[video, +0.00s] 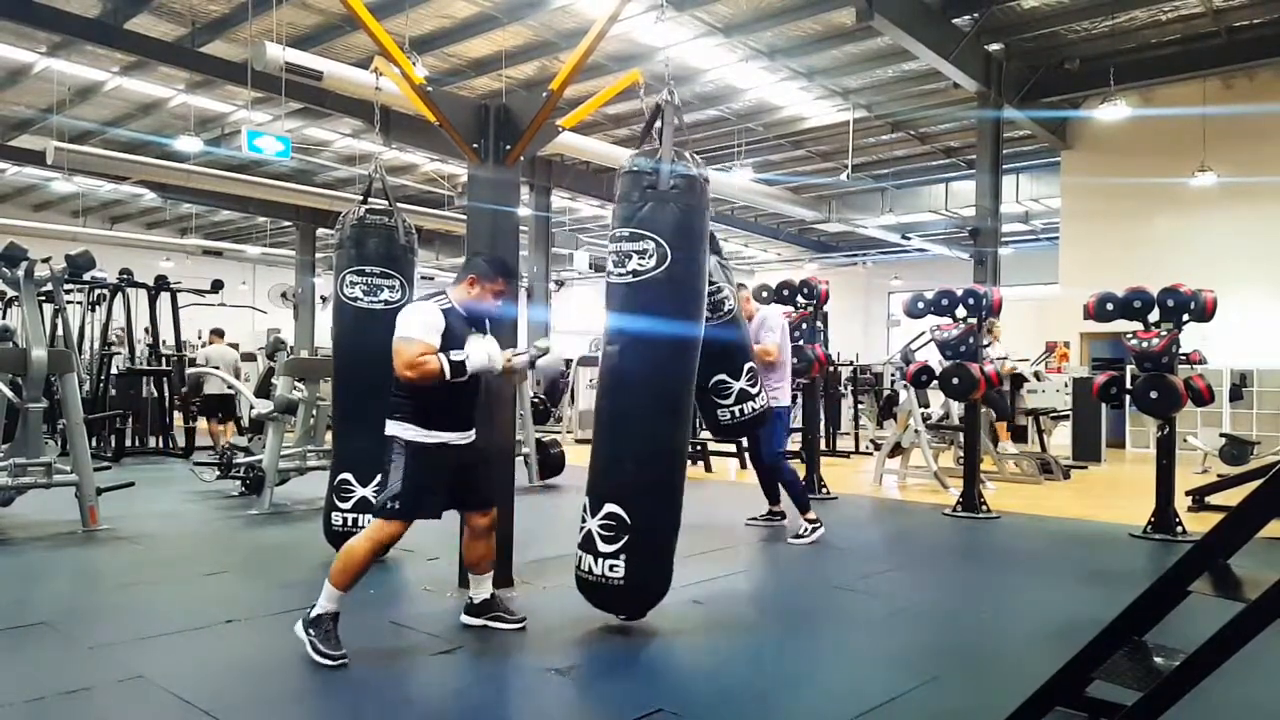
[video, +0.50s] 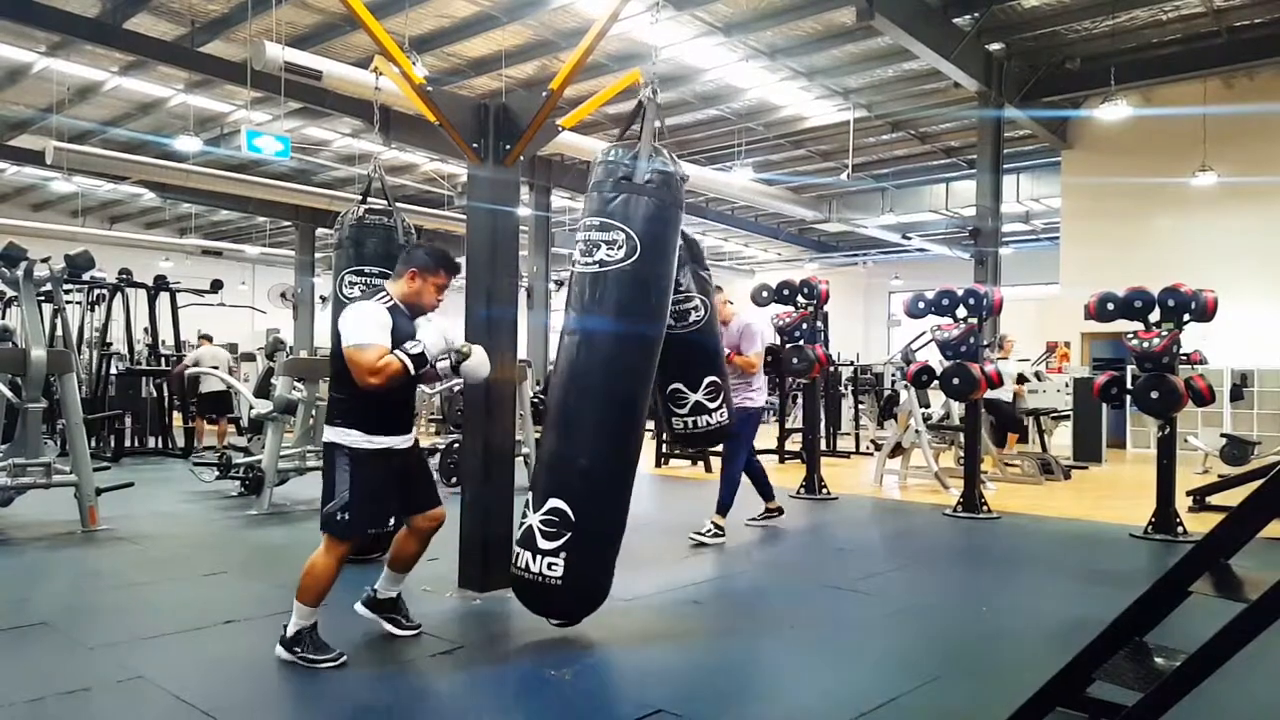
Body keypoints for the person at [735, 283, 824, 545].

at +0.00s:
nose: (737, 313)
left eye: (737, 307)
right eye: (734, 309)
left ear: (747, 300)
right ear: (744, 302)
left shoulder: (771, 316)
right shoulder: (748, 324)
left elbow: (771, 355)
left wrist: (740, 346)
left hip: (776, 402)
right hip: (756, 402)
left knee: (773, 458)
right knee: (758, 459)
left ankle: (810, 519)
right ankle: (775, 510)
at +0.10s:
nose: (736, 309)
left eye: (737, 303)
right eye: (734, 305)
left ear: (745, 299)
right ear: (737, 304)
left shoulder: (767, 316)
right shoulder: (744, 324)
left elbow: (772, 356)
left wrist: (743, 351)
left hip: (773, 395)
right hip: (756, 396)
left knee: (756, 449)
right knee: (753, 451)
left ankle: (792, 508)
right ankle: (774, 508)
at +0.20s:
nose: (727, 302)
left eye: (728, 296)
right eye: (724, 299)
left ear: (738, 293)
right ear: (724, 300)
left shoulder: (761, 311)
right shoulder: (730, 320)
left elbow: (770, 348)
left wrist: (739, 345)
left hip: (767, 390)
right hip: (749, 392)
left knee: (750, 444)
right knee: (758, 446)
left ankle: (760, 513)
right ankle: (774, 506)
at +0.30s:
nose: (720, 306)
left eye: (721, 300)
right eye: (717, 302)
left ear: (730, 296)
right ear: (727, 300)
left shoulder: (756, 315)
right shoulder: (729, 323)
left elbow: (763, 351)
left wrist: (731, 346)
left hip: (764, 397)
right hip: (746, 398)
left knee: (750, 456)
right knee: (764, 454)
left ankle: (734, 517)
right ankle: (777, 509)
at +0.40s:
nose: (720, 307)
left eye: (723, 299)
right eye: (720, 301)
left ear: (734, 297)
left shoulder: (754, 321)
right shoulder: (734, 324)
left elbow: (757, 360)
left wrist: (725, 353)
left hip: (756, 405)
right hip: (743, 404)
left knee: (739, 462)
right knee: (762, 458)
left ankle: (721, 521)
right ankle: (777, 510)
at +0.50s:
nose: (713, 314)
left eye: (715, 308)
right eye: (711, 310)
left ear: (725, 302)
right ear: (713, 308)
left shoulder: (748, 327)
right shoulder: (717, 330)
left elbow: (753, 366)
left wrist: (724, 353)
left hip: (748, 404)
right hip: (728, 404)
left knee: (732, 460)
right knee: (745, 457)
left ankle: (718, 523)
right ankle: (772, 505)